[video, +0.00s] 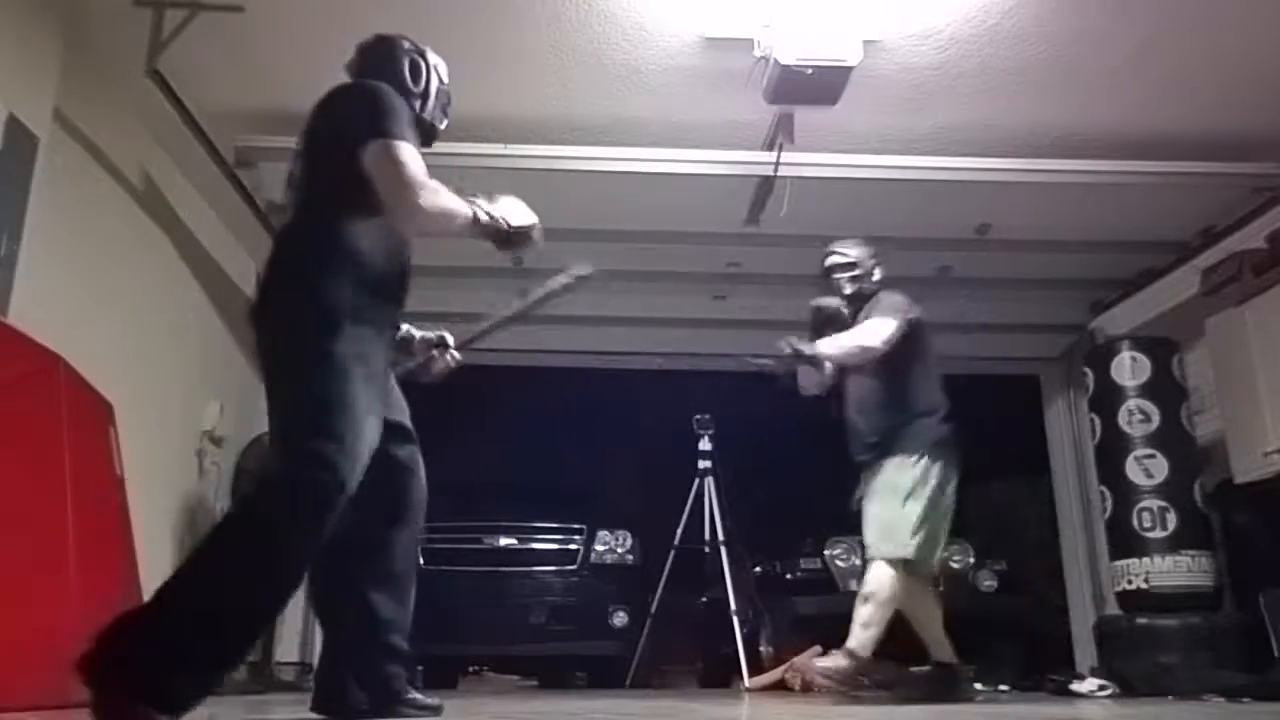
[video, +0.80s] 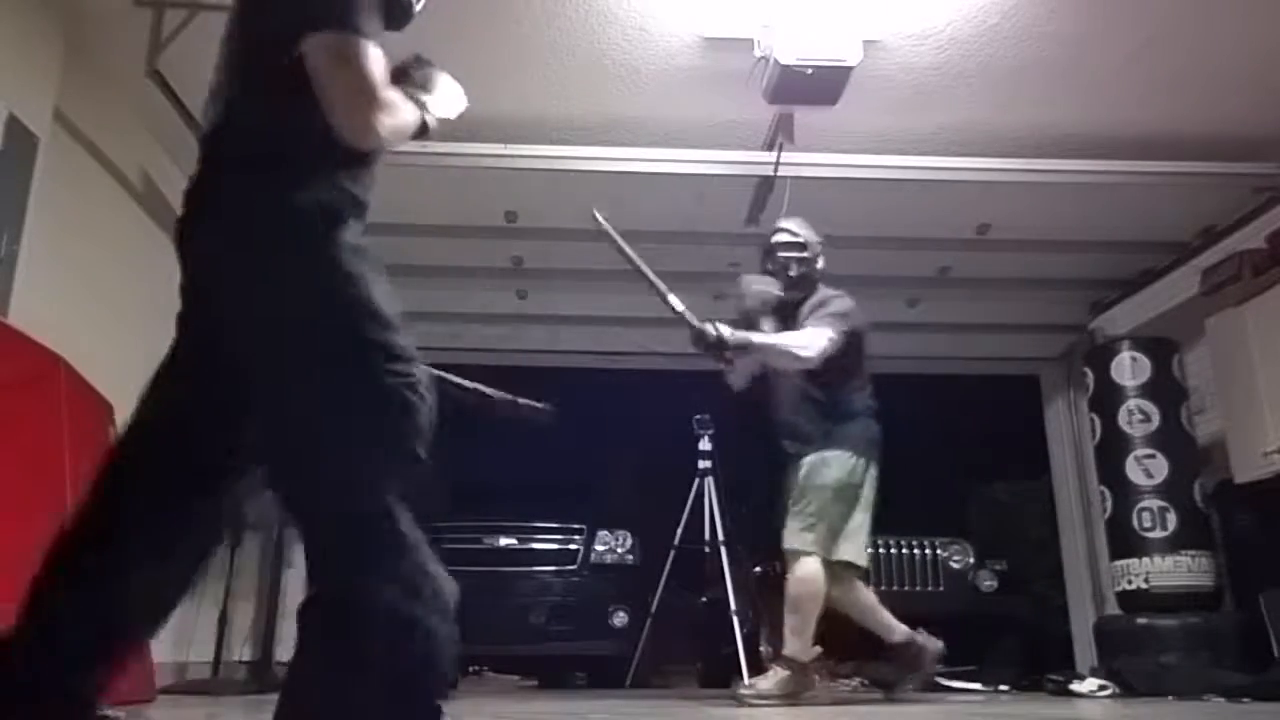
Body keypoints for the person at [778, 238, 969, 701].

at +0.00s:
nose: (841, 279)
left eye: (850, 269)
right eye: (833, 272)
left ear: (874, 269)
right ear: (828, 278)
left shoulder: (894, 303)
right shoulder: (838, 322)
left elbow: (871, 342)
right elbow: (818, 382)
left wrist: (812, 350)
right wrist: (799, 361)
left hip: (917, 448)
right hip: (881, 456)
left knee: (887, 550)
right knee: (902, 563)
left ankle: (854, 655)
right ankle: (947, 664)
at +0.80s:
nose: (789, 264)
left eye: (799, 254)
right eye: (779, 255)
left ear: (819, 259)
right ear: (767, 262)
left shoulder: (837, 306)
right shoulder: (770, 313)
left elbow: (808, 350)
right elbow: (739, 376)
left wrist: (733, 336)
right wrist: (745, 331)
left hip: (842, 443)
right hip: (805, 446)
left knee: (803, 549)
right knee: (825, 573)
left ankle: (794, 667)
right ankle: (910, 645)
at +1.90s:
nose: (714, 228)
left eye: (725, 217)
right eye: (708, 219)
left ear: (753, 220)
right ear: (701, 229)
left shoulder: (771, 265)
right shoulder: (740, 276)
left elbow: (717, 332)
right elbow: (710, 352)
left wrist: (680, 332)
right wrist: (715, 305)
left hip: (788, 420)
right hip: (780, 423)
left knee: (724, 529)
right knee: (800, 555)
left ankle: (713, 670)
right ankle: (885, 668)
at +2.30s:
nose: (704, 228)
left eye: (716, 217)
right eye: (701, 221)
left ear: (753, 221)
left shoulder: (757, 264)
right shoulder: (782, 266)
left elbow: (749, 353)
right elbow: (787, 348)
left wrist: (716, 409)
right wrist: (728, 332)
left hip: (812, 412)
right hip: (854, 414)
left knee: (756, 534)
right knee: (841, 547)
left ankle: (774, 672)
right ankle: (924, 655)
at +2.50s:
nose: (719, 244)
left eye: (730, 234)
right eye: (721, 235)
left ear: (763, 238)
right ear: (771, 241)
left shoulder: (766, 281)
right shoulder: (805, 280)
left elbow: (728, 361)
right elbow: (778, 363)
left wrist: (668, 394)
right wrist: (719, 346)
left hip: (815, 420)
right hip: (865, 429)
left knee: (736, 522)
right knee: (869, 563)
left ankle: (752, 663)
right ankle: (962, 666)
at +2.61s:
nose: (720, 244)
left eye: (729, 233)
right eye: (720, 236)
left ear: (763, 235)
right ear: (775, 239)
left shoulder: (760, 283)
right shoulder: (813, 281)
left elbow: (735, 372)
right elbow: (796, 354)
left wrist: (714, 421)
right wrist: (736, 336)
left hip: (808, 421)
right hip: (865, 427)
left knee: (734, 535)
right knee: (866, 564)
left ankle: (751, 668)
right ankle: (962, 667)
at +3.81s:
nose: (709, 209)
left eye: (719, 197)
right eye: (704, 201)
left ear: (747, 205)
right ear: (702, 217)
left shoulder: (759, 248)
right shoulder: (736, 263)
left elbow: (751, 322)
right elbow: (705, 351)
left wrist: (704, 358)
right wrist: (651, 321)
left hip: (774, 407)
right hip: (768, 409)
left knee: (719, 524)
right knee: (775, 547)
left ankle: (752, 662)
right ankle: (831, 661)